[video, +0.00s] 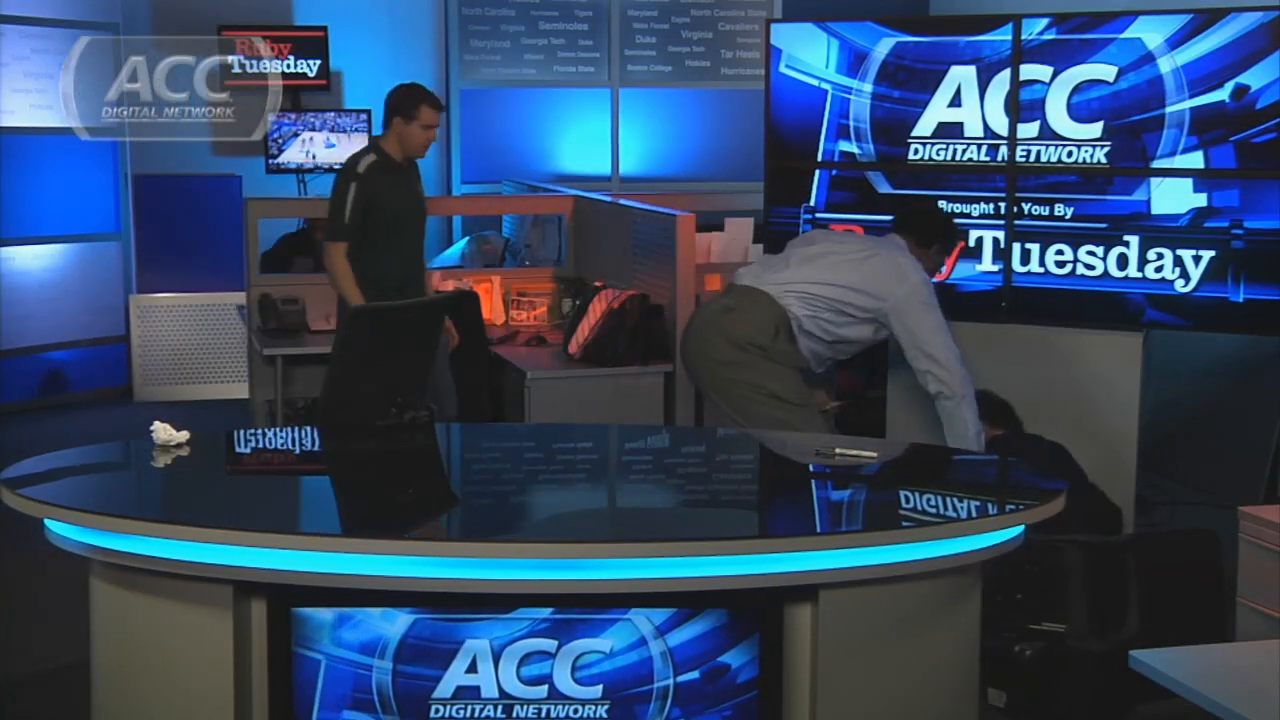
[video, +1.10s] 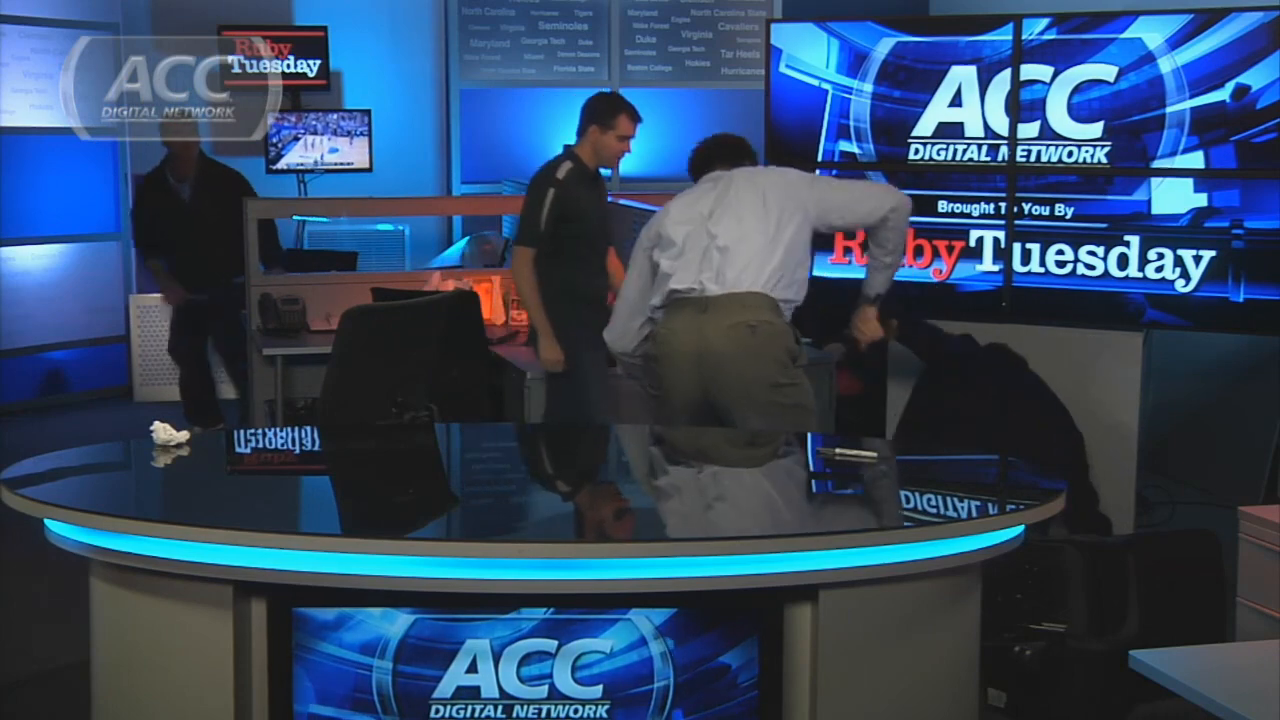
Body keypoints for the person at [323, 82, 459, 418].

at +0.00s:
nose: (433, 137)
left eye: (435, 129)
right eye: (427, 128)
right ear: (398, 123)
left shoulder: (410, 171)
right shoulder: (358, 171)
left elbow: (412, 256)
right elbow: (334, 254)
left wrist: (436, 316)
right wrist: (364, 316)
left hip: (412, 323)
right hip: (373, 326)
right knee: (368, 424)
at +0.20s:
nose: (465, 142)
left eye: (468, 133)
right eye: (459, 132)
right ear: (429, 128)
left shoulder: (440, 174)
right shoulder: (389, 176)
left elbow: (438, 260)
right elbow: (368, 260)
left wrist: (462, 319)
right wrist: (402, 318)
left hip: (443, 321)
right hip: (404, 325)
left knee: (456, 419)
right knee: (404, 422)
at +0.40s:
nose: (506, 144)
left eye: (509, 135)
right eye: (500, 134)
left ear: (477, 130)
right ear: (471, 128)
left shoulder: (478, 177)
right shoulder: (430, 177)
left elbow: (475, 263)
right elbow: (404, 261)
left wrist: (497, 323)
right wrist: (432, 332)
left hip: (484, 331)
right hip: (445, 335)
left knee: (486, 438)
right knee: (438, 441)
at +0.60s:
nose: (544, 140)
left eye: (546, 131)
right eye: (538, 130)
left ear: (518, 127)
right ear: (509, 123)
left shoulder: (516, 178)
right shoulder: (467, 172)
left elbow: (514, 260)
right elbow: (435, 250)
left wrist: (537, 316)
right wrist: (448, 321)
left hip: (518, 320)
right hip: (479, 321)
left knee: (518, 426)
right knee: (484, 428)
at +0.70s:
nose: (559, 140)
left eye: (562, 131)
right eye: (554, 130)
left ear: (533, 125)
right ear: (526, 123)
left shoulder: (532, 177)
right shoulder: (482, 171)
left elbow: (538, 259)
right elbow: (449, 250)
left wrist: (571, 319)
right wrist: (462, 324)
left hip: (531, 322)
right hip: (492, 323)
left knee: (532, 428)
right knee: (506, 432)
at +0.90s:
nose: (593, 142)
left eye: (595, 134)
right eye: (588, 132)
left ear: (567, 128)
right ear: (561, 125)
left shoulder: (564, 180)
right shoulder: (516, 172)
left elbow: (573, 251)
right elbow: (483, 251)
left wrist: (612, 311)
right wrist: (496, 328)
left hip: (556, 323)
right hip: (523, 322)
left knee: (556, 427)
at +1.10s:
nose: (627, 149)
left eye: (630, 140)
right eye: (622, 139)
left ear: (597, 134)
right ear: (594, 132)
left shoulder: (595, 182)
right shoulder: (551, 180)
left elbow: (604, 254)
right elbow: (521, 262)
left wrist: (638, 303)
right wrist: (544, 334)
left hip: (591, 323)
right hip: (563, 326)